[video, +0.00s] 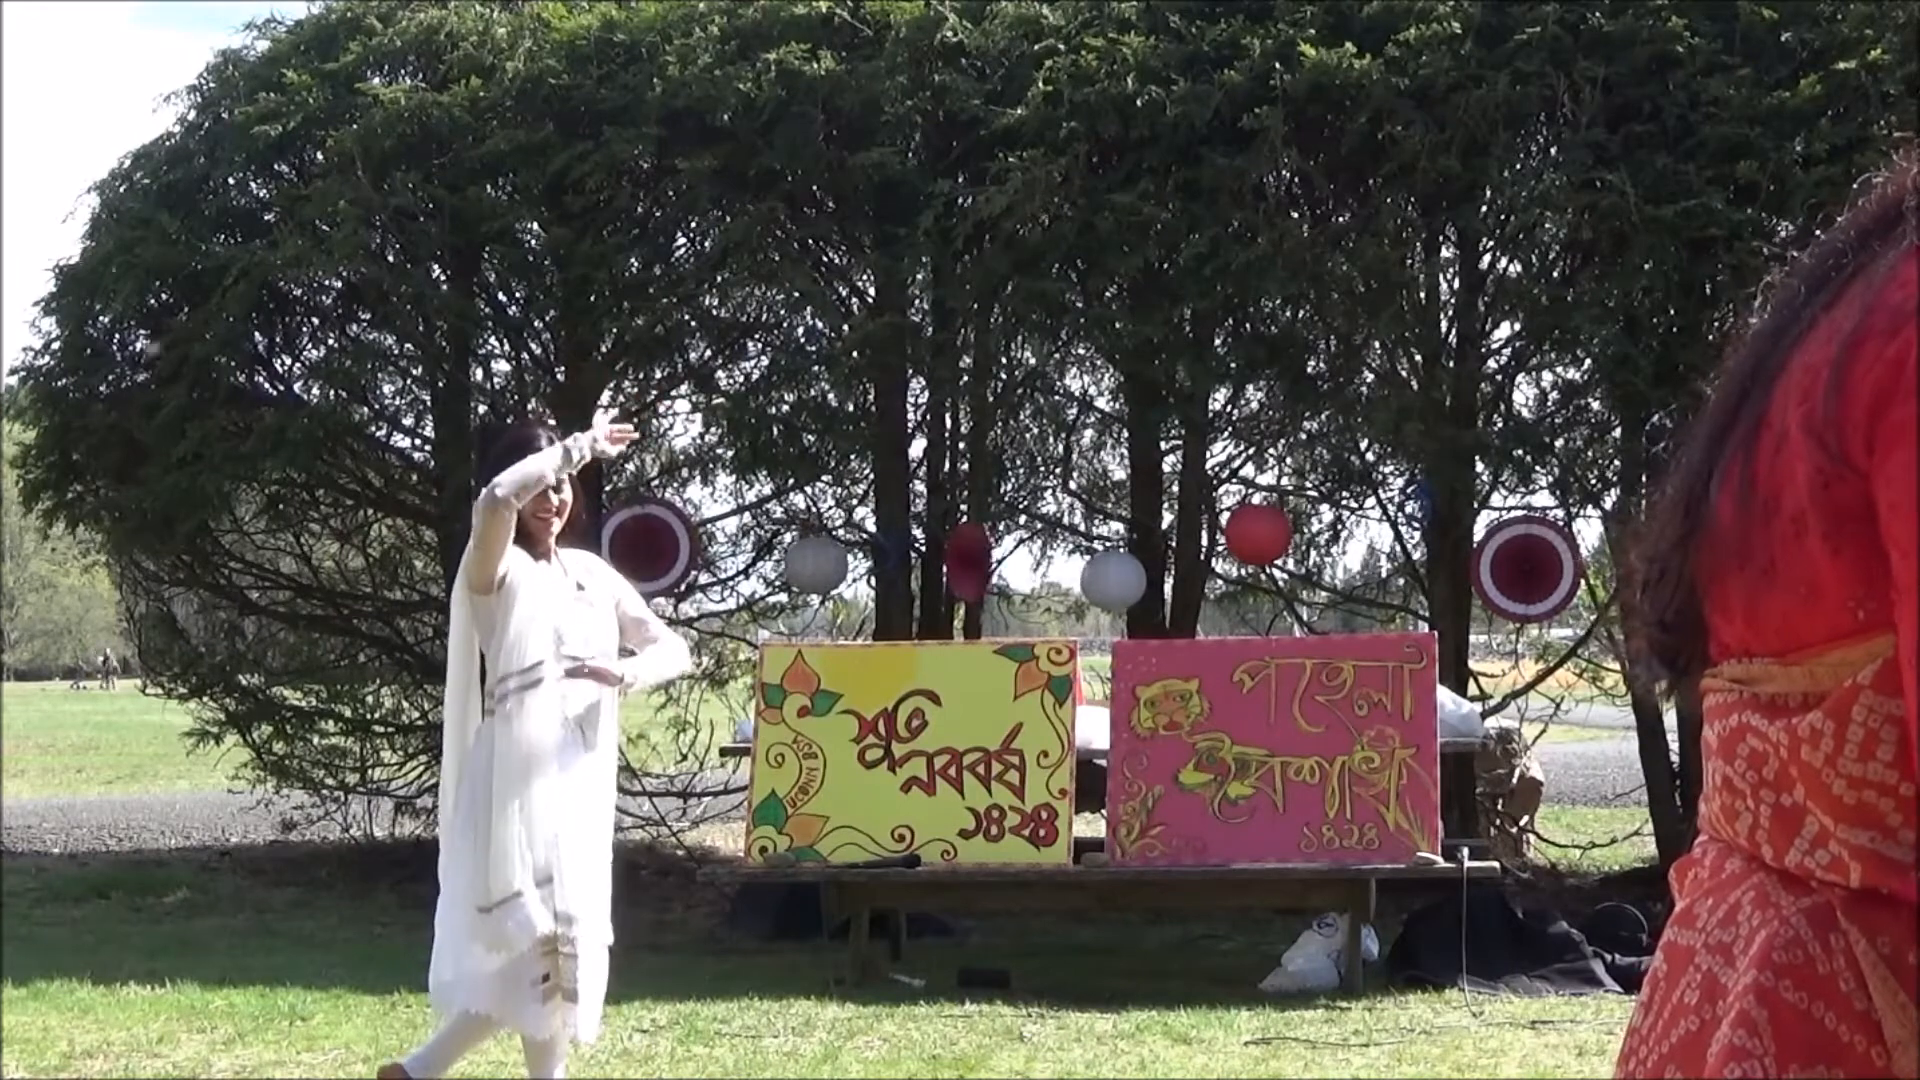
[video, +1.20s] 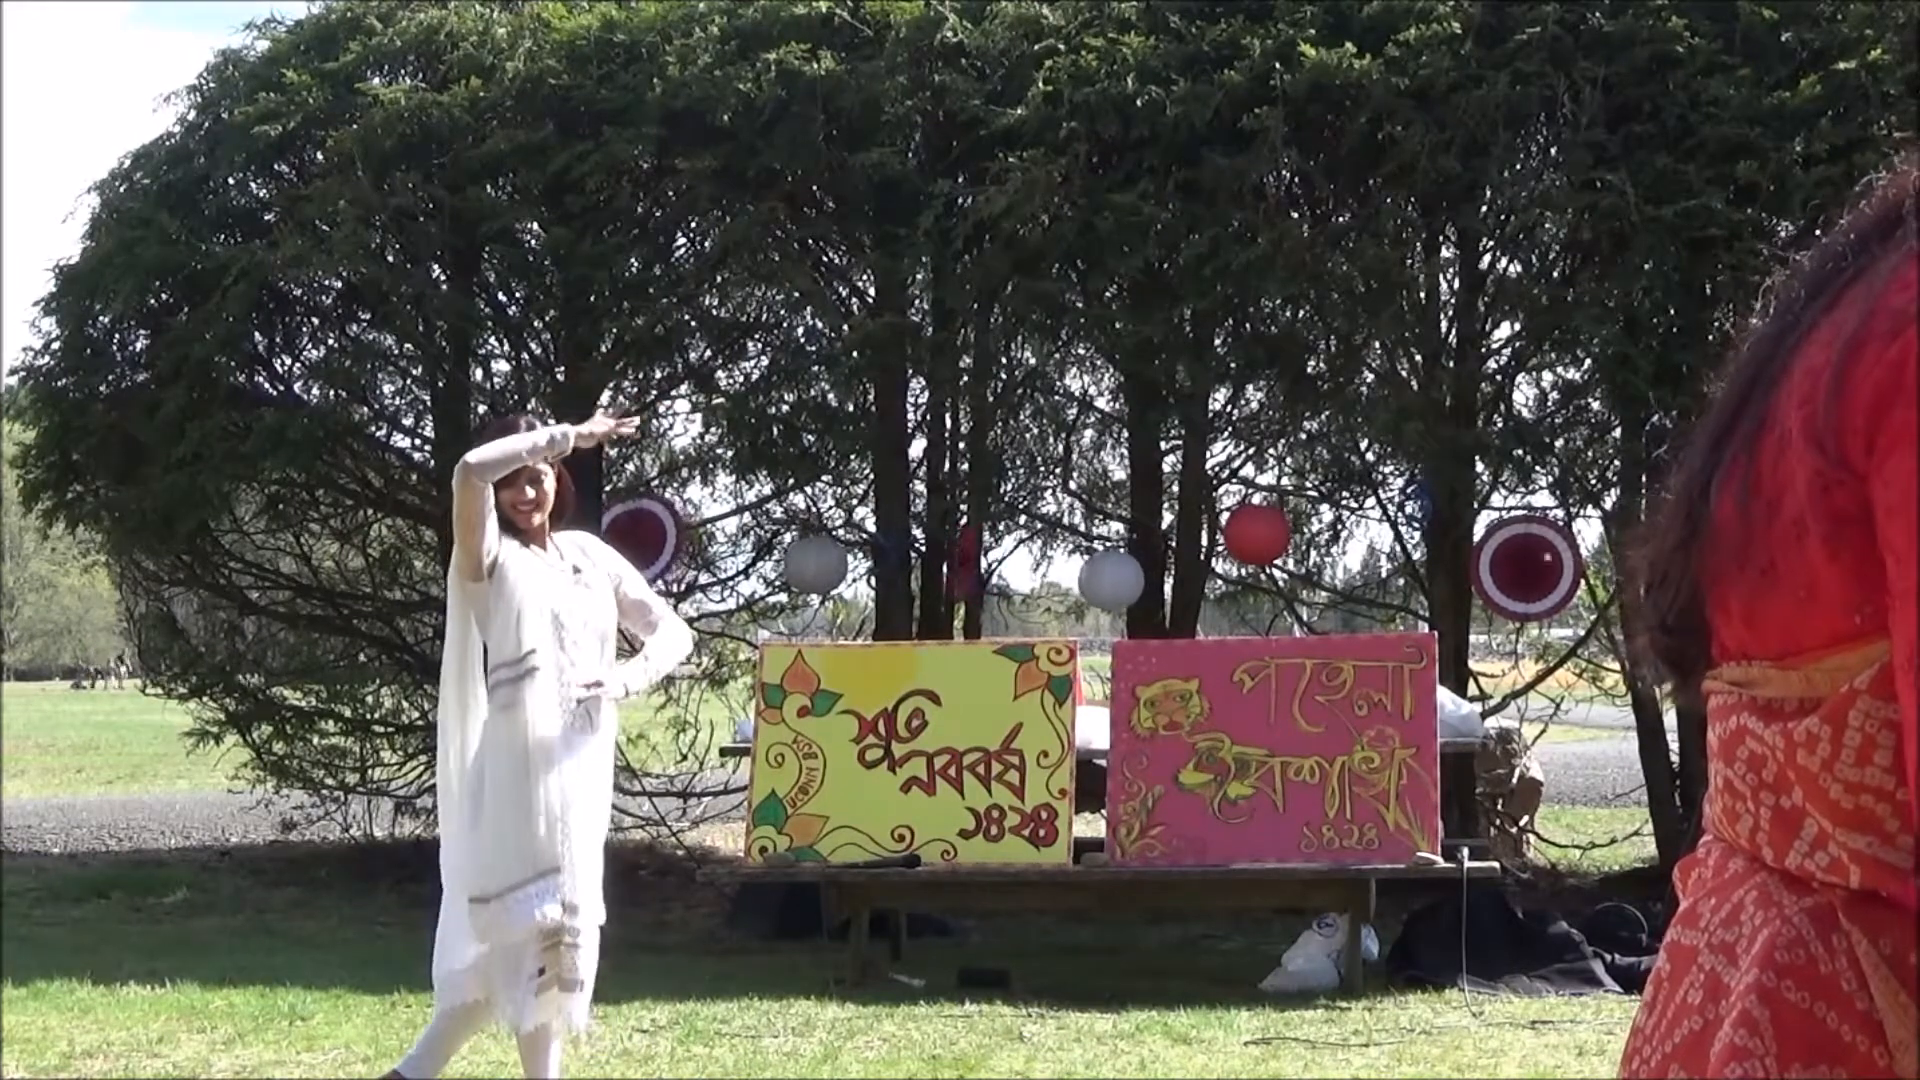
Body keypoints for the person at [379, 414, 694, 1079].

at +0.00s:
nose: (550, 499)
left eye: (560, 486)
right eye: (536, 488)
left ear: (575, 495)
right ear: (509, 498)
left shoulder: (591, 572)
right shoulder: (493, 573)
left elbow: (673, 649)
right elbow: (498, 496)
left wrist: (629, 672)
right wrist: (585, 443)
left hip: (582, 779)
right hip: (515, 776)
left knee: (549, 953)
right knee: (543, 946)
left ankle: (416, 1069)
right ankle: (548, 1070)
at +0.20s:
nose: (543, 509)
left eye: (552, 494)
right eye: (528, 496)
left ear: (566, 502)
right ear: (502, 508)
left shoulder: (591, 579)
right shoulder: (490, 583)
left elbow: (677, 650)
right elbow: (469, 517)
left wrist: (625, 682)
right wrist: (552, 464)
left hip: (583, 784)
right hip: (516, 783)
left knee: (551, 959)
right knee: (541, 954)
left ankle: (403, 1070)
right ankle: (550, 1072)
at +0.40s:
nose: (534, 516)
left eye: (544, 502)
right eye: (518, 505)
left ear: (560, 510)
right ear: (497, 516)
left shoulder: (589, 583)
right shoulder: (488, 589)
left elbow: (685, 653)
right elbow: (462, 516)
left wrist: (631, 673)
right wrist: (538, 467)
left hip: (587, 786)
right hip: (515, 786)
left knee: (579, 949)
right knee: (542, 954)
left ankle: (421, 947)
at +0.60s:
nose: (524, 515)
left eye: (536, 499)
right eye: (509, 504)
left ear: (556, 503)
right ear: (490, 516)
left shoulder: (589, 580)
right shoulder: (482, 586)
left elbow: (680, 653)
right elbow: (459, 504)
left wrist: (627, 683)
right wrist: (542, 459)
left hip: (587, 779)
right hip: (510, 780)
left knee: (584, 941)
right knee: (541, 941)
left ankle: (422, 974)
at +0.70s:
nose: (522, 513)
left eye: (533, 497)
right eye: (508, 503)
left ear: (553, 500)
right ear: (489, 516)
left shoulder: (588, 576)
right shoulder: (481, 582)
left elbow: (677, 654)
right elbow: (458, 503)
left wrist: (625, 686)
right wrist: (541, 458)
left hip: (581, 791)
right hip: (508, 790)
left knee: (563, 966)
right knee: (540, 965)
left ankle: (425, 1072)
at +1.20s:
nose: (526, 493)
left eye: (538, 477)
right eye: (512, 480)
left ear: (559, 481)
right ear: (490, 491)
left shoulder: (589, 553)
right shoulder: (485, 558)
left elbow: (674, 632)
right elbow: (471, 470)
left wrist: (628, 673)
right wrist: (576, 433)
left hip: (580, 775)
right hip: (510, 774)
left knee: (513, 952)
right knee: (541, 944)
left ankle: (411, 1071)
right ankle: (544, 1073)